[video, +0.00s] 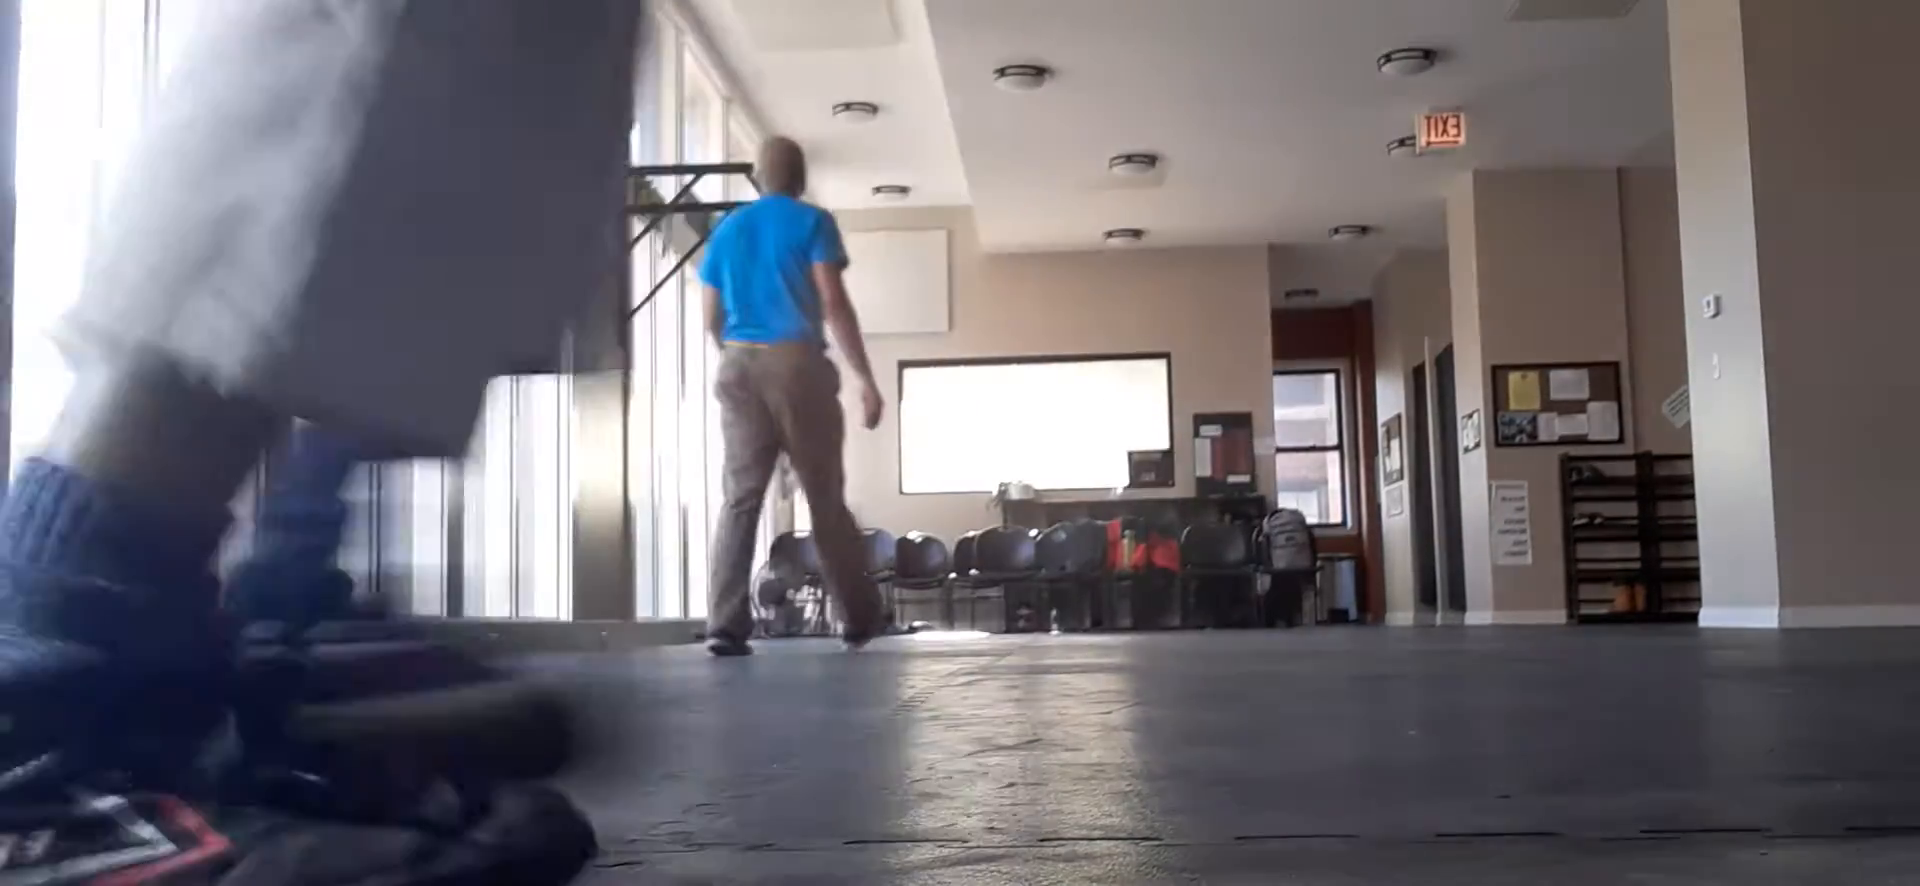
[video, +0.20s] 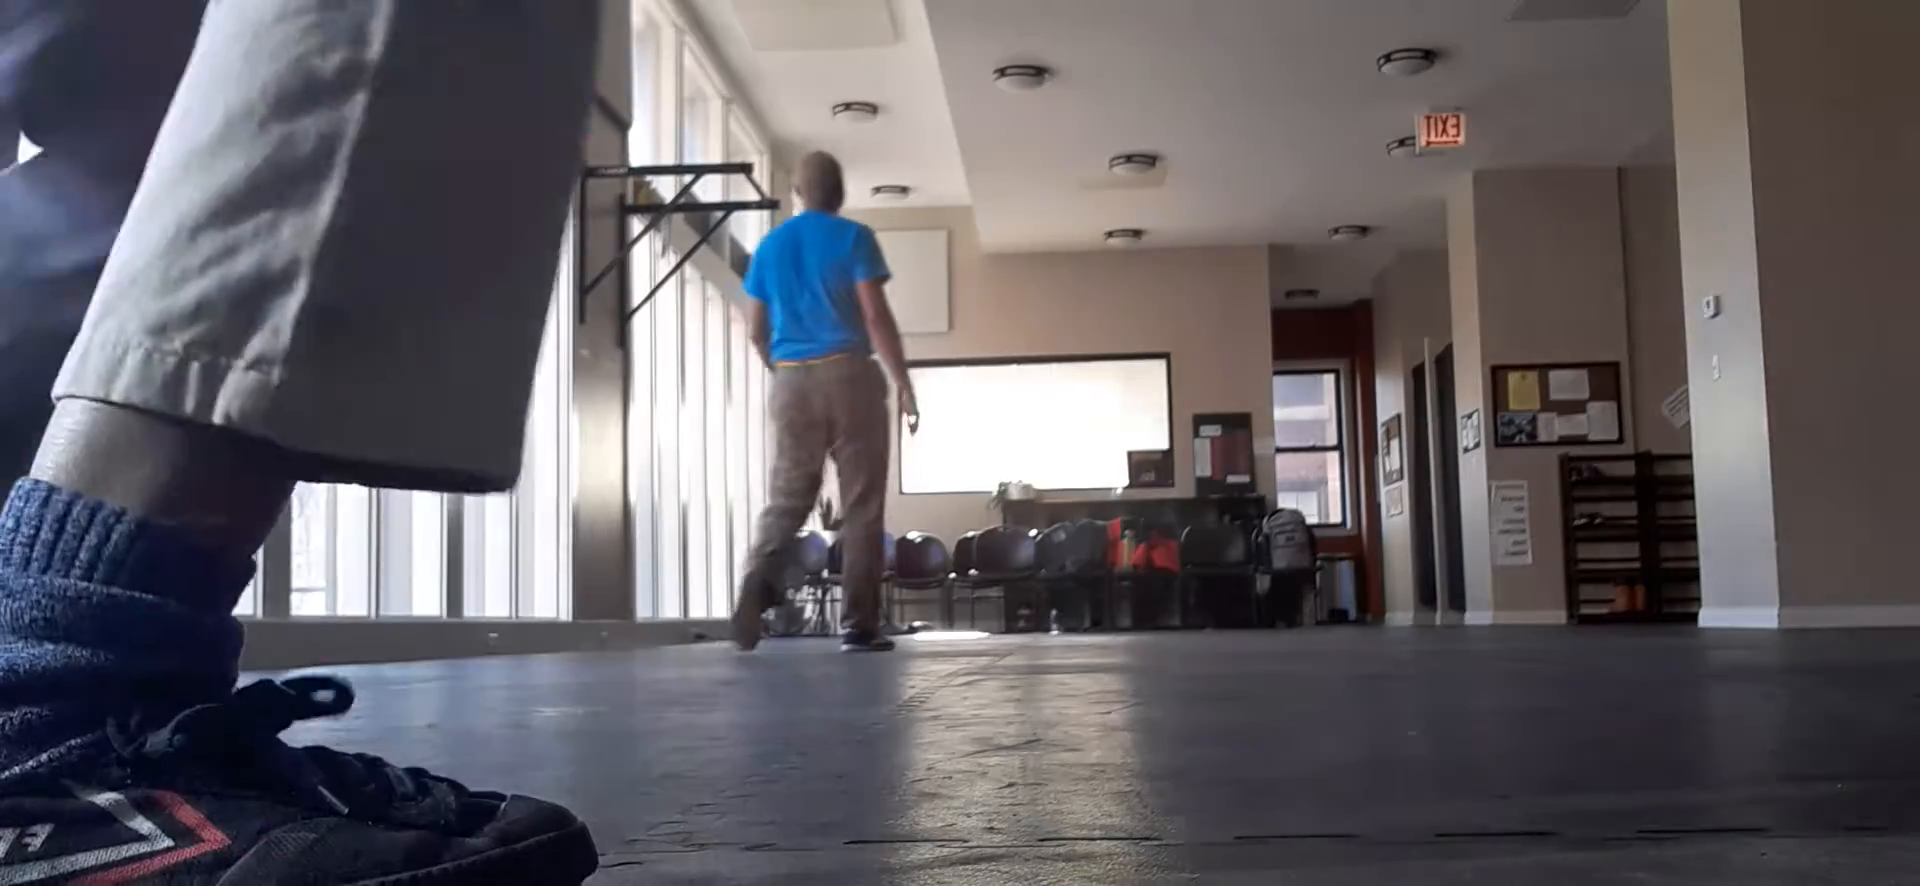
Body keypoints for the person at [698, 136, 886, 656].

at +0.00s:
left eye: (770, 167)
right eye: (797, 170)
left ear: (758, 177)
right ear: (801, 176)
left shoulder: (726, 228)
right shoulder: (813, 220)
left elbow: (713, 317)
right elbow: (833, 300)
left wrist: (739, 355)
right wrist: (863, 376)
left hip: (735, 364)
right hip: (796, 362)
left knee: (740, 498)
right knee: (825, 494)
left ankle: (726, 627)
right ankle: (862, 618)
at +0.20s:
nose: (819, 191)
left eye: (804, 184)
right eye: (834, 186)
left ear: (797, 192)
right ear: (841, 191)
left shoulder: (768, 246)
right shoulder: (855, 236)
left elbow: (756, 330)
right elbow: (875, 314)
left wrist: (784, 369)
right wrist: (903, 383)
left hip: (791, 381)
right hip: (850, 375)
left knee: (789, 496)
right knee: (862, 502)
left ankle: (757, 585)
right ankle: (860, 625)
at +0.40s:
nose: (859, 195)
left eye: (840, 188)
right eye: (870, 191)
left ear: (832, 197)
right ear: (875, 197)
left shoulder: (803, 248)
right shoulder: (891, 242)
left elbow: (781, 332)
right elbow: (914, 319)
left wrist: (782, 398)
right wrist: (935, 382)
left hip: (820, 376)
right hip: (876, 374)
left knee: (836, 490)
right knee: (870, 497)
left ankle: (825, 614)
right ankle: (859, 624)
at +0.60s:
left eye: (865, 211)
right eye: (897, 211)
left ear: (859, 220)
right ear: (900, 221)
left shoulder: (831, 267)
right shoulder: (917, 261)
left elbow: (804, 342)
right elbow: (941, 333)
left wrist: (777, 408)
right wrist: (959, 390)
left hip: (843, 387)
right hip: (895, 385)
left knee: (874, 502)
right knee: (885, 500)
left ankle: (900, 618)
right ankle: (860, 619)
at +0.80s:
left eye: (880, 216)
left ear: (878, 229)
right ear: (916, 228)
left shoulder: (852, 276)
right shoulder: (935, 267)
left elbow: (824, 351)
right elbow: (956, 340)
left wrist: (797, 414)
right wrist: (974, 398)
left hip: (864, 398)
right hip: (913, 397)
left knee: (891, 511)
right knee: (929, 503)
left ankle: (916, 621)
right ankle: (883, 586)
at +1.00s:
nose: (915, 234)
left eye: (907, 227)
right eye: (934, 231)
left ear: (901, 235)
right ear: (939, 236)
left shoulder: (874, 281)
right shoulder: (954, 274)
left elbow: (866, 359)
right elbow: (976, 343)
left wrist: (870, 415)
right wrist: (1000, 401)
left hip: (887, 401)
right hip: (939, 400)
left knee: (902, 513)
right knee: (972, 499)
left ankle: (910, 626)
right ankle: (958, 601)